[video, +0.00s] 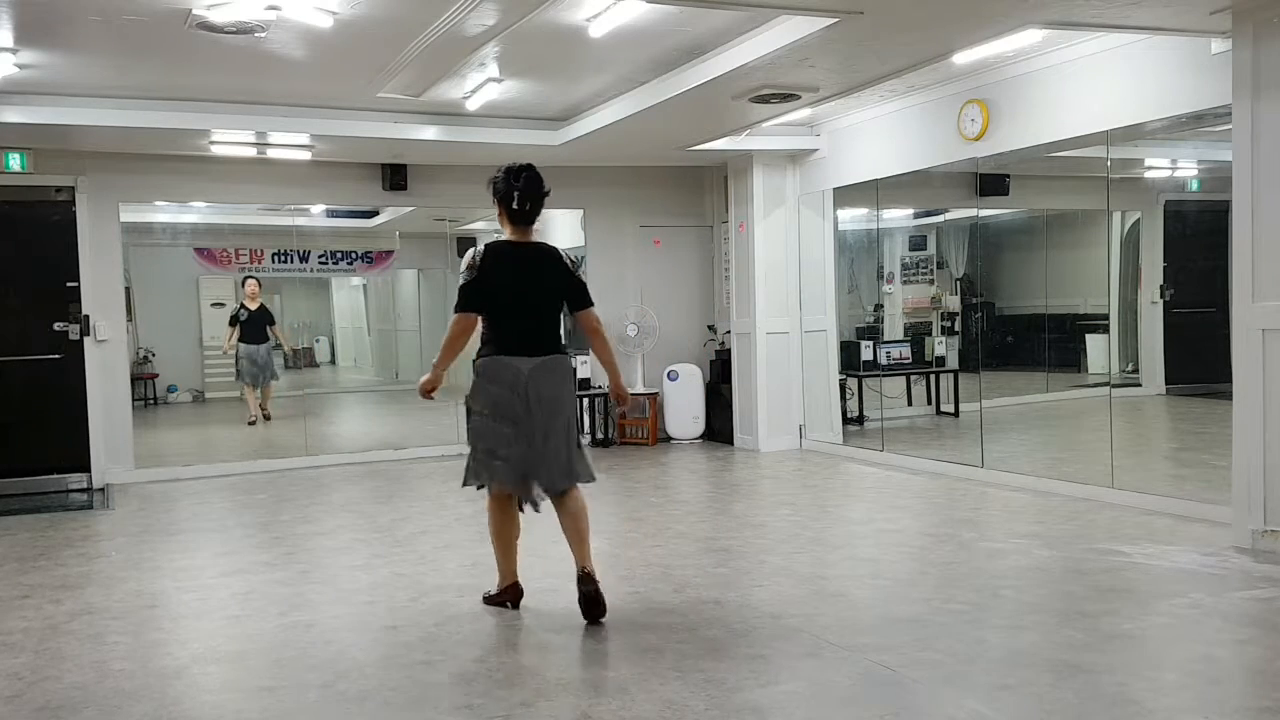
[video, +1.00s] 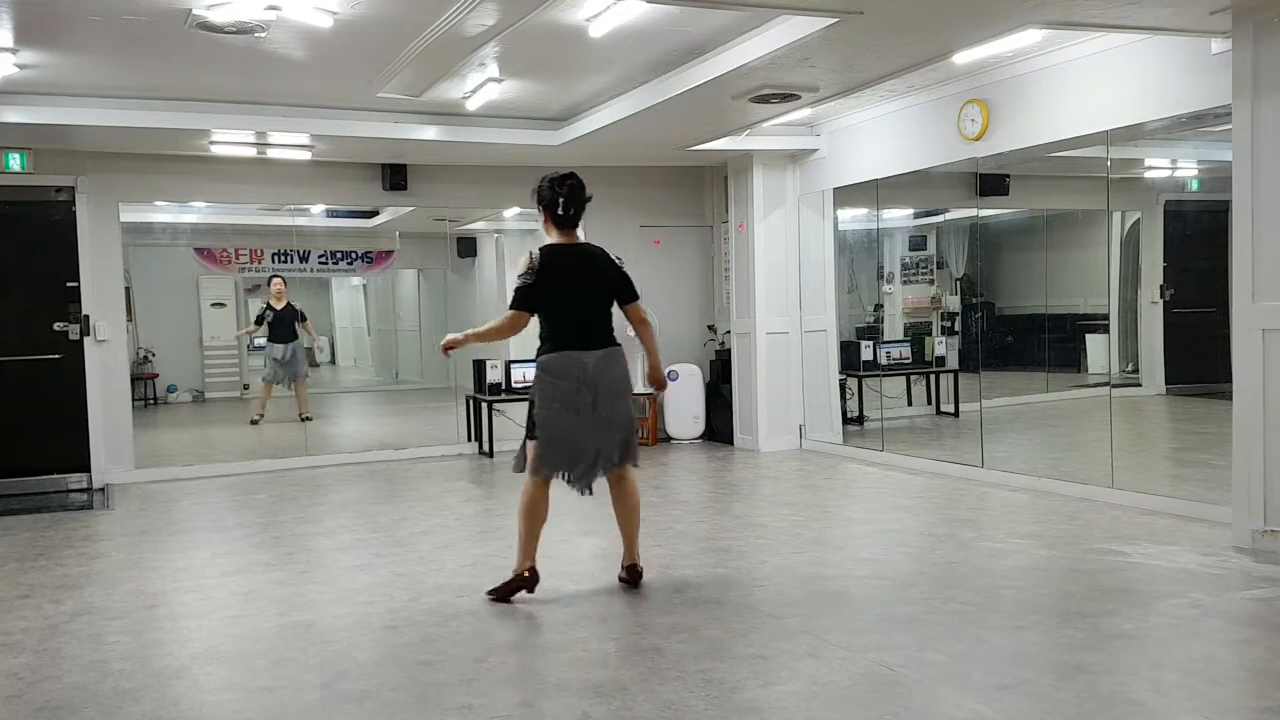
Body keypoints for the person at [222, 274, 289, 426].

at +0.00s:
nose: (252, 289)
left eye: (255, 286)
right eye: (249, 286)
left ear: (259, 289)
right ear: (244, 289)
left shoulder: (264, 309)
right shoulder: (239, 308)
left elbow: (274, 328)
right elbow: (232, 327)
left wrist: (285, 344)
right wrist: (226, 343)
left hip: (263, 348)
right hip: (245, 348)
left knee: (266, 381)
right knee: (248, 383)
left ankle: (264, 406)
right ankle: (253, 413)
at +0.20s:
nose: (252, 288)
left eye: (254, 286)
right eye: (248, 286)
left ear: (259, 289)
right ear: (243, 289)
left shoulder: (264, 309)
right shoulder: (238, 308)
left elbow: (272, 329)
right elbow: (232, 325)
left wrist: (281, 346)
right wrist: (231, 340)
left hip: (262, 348)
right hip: (244, 348)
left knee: (262, 382)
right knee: (246, 383)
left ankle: (258, 408)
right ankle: (252, 413)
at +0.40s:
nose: (253, 289)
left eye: (255, 286)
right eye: (249, 286)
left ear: (260, 289)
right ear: (244, 290)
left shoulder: (265, 308)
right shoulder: (239, 308)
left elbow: (273, 329)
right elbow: (235, 327)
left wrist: (281, 346)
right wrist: (239, 338)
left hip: (263, 347)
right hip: (246, 348)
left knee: (263, 382)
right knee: (247, 384)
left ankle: (264, 413)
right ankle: (252, 414)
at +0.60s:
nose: (258, 289)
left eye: (260, 286)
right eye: (254, 286)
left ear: (264, 289)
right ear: (248, 289)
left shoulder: (269, 308)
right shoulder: (243, 308)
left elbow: (278, 329)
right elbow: (236, 327)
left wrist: (287, 346)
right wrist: (236, 341)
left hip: (269, 348)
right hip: (249, 349)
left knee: (277, 380)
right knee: (250, 384)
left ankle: (283, 412)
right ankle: (253, 414)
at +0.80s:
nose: (267, 288)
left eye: (269, 285)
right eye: (263, 285)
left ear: (273, 288)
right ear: (257, 289)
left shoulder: (278, 307)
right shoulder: (252, 307)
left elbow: (287, 328)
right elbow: (243, 326)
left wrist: (296, 344)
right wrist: (232, 339)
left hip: (279, 348)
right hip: (259, 349)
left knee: (290, 380)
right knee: (256, 383)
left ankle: (301, 411)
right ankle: (253, 414)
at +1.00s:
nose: (278, 287)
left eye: (281, 284)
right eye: (275, 285)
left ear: (285, 287)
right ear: (269, 289)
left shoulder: (294, 307)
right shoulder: (266, 309)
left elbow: (305, 324)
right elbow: (255, 327)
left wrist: (315, 337)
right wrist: (244, 331)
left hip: (294, 347)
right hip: (274, 348)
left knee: (300, 379)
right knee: (268, 380)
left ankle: (303, 412)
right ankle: (260, 412)